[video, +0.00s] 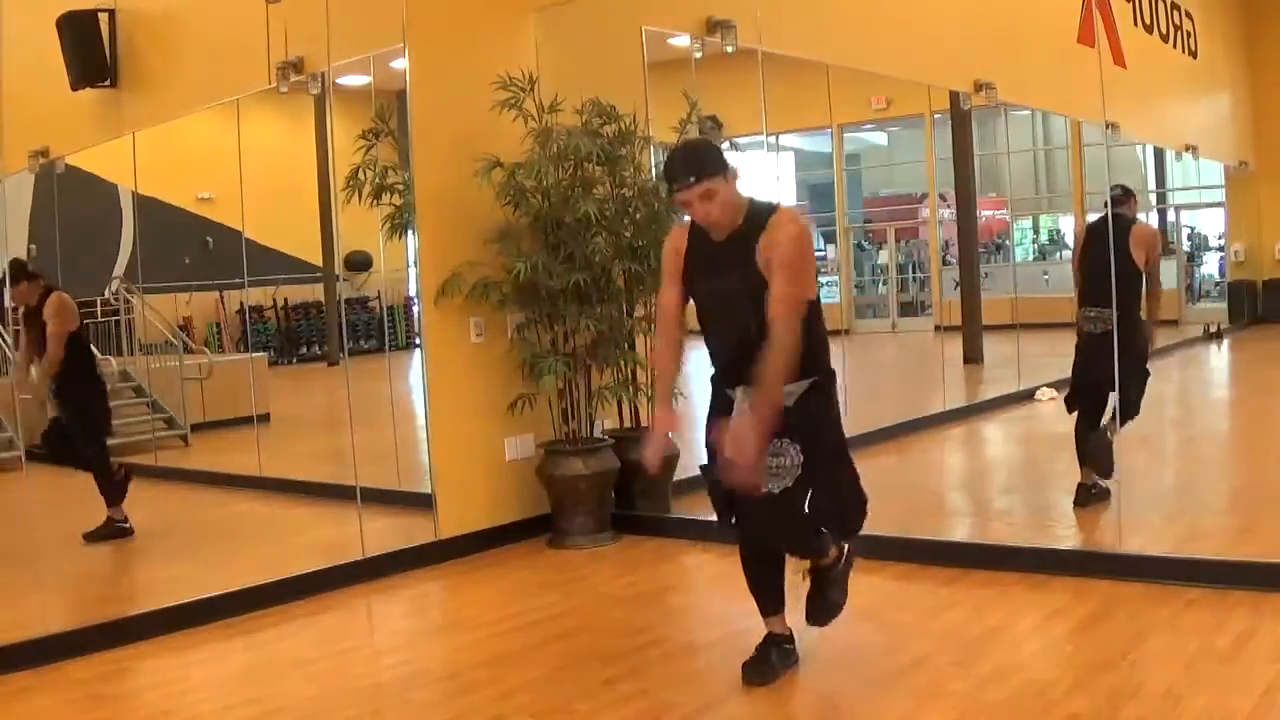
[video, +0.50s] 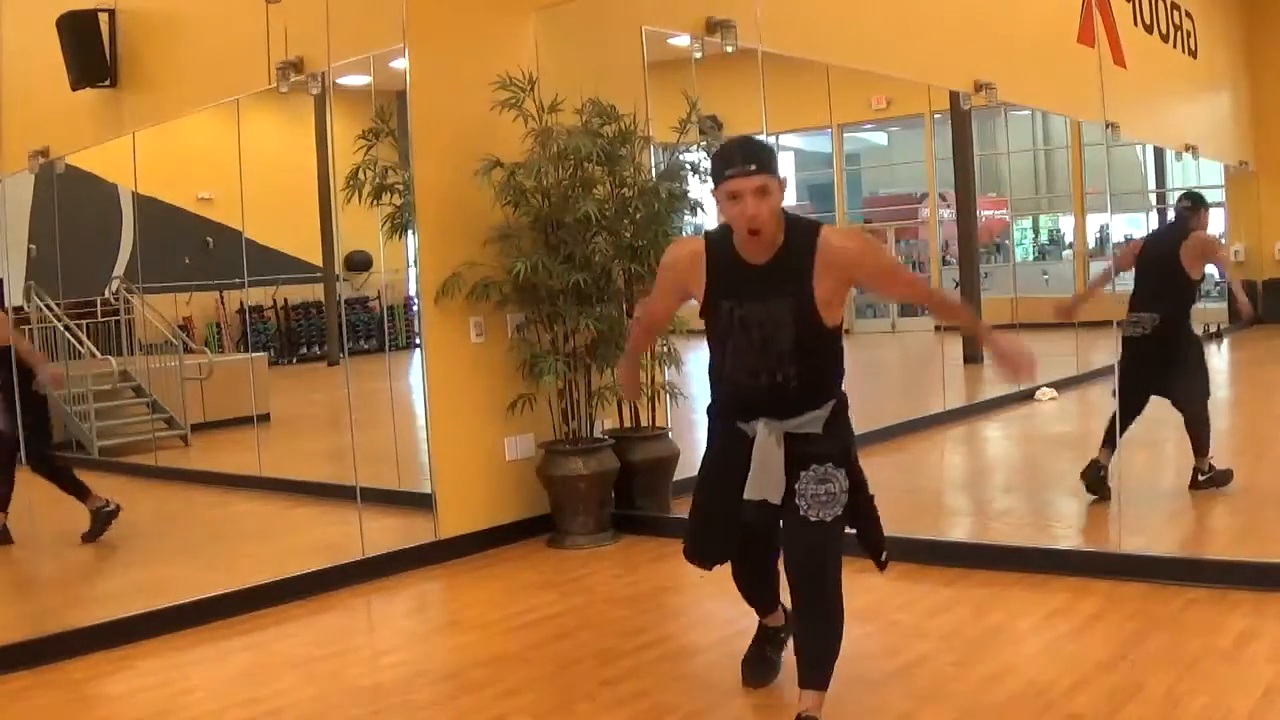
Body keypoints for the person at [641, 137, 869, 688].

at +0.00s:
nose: (699, 214)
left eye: (706, 198)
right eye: (687, 205)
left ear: (731, 180)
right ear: (678, 201)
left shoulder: (784, 229)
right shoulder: (683, 241)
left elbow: (785, 334)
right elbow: (669, 332)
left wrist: (756, 419)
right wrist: (662, 411)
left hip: (798, 392)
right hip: (734, 395)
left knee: (776, 509)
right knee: (749, 515)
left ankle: (828, 555)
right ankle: (777, 637)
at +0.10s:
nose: (697, 218)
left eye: (704, 201)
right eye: (683, 208)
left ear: (728, 185)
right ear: (673, 207)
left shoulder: (790, 235)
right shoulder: (677, 252)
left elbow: (859, 305)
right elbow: (685, 332)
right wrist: (701, 395)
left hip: (797, 401)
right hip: (733, 406)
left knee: (781, 514)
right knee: (748, 525)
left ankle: (817, 592)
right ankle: (776, 634)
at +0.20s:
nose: (707, 217)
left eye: (714, 199)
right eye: (692, 207)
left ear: (735, 188)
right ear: (680, 209)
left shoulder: (793, 231)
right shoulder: (676, 248)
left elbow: (877, 228)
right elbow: (706, 311)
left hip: (799, 405)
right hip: (732, 410)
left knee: (793, 527)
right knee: (750, 529)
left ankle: (802, 651)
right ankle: (776, 633)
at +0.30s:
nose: (720, 220)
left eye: (730, 202)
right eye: (705, 208)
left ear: (752, 193)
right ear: (692, 209)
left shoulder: (799, 232)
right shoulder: (679, 245)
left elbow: (869, 197)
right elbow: (706, 307)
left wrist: (919, 173)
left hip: (803, 415)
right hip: (735, 420)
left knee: (802, 543)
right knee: (752, 537)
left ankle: (802, 685)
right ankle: (776, 632)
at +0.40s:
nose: (733, 224)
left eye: (744, 206)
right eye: (719, 211)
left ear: (766, 199)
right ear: (705, 212)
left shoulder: (813, 246)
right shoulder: (689, 253)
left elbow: (888, 225)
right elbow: (656, 268)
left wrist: (947, 211)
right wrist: (642, 291)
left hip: (807, 431)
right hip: (735, 435)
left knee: (811, 564)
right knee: (753, 544)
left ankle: (811, 705)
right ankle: (777, 631)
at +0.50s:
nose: (749, 213)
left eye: (760, 194)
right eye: (734, 198)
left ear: (781, 190)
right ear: (717, 201)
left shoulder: (835, 250)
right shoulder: (689, 260)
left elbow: (924, 294)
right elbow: (651, 318)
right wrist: (630, 362)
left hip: (815, 433)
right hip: (737, 436)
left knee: (813, 571)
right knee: (746, 553)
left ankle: (810, 706)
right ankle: (773, 620)